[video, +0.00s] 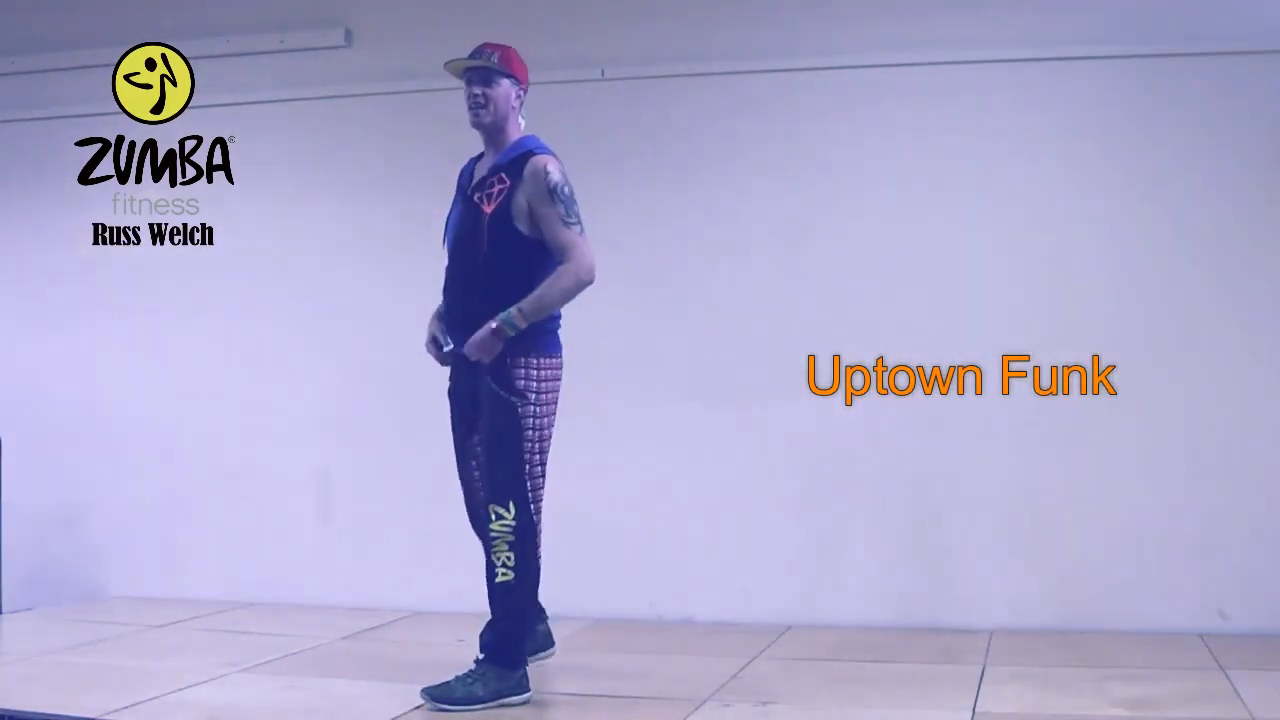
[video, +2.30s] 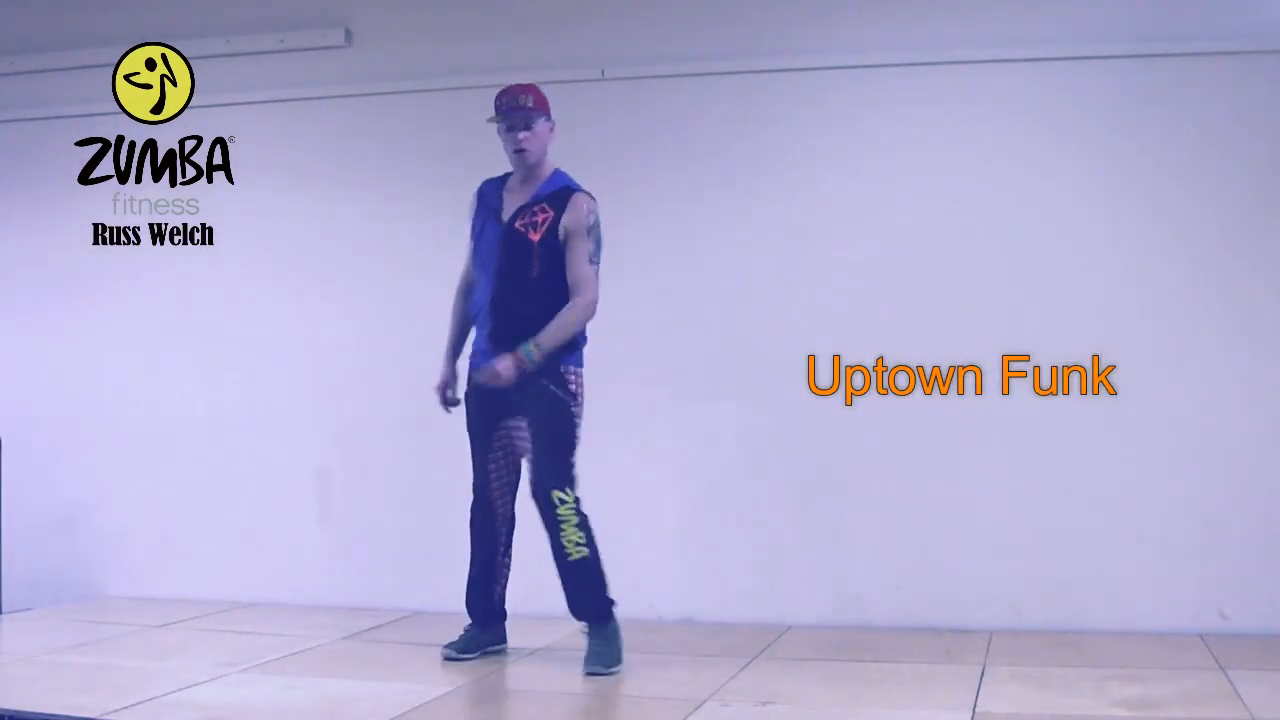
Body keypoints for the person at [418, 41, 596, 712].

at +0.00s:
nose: (474, 92)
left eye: (486, 81)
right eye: (468, 83)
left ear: (519, 92)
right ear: (465, 97)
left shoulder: (540, 168)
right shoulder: (471, 172)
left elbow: (579, 266)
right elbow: (467, 265)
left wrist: (503, 326)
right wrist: (440, 317)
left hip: (521, 363)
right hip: (472, 359)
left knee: (510, 504)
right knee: (483, 498)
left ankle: (504, 667)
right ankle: (527, 621)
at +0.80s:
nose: (492, 125)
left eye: (502, 115)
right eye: (485, 118)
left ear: (531, 122)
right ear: (482, 131)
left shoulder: (574, 184)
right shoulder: (487, 207)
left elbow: (617, 266)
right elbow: (495, 293)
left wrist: (558, 248)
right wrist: (448, 355)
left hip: (574, 373)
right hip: (506, 373)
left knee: (571, 504)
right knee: (484, 484)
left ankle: (575, 629)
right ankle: (510, 617)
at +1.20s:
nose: (490, 137)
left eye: (500, 127)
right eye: (482, 129)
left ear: (525, 133)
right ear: (475, 139)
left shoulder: (568, 192)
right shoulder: (472, 219)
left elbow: (615, 267)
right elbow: (469, 309)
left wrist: (574, 299)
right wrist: (466, 393)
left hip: (570, 368)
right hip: (506, 374)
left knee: (562, 497)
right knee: (509, 502)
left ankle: (568, 621)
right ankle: (517, 626)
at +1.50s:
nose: (512, 124)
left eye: (522, 113)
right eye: (502, 116)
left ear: (546, 121)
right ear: (493, 129)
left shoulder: (584, 185)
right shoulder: (489, 205)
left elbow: (645, 256)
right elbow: (482, 293)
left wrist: (641, 224)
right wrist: (460, 375)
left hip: (585, 370)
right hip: (520, 376)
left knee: (597, 503)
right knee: (524, 505)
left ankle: (621, 633)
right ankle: (518, 628)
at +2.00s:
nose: (543, 137)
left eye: (552, 125)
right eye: (532, 130)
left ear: (575, 128)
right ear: (523, 138)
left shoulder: (610, 200)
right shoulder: (524, 204)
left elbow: (629, 295)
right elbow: (518, 297)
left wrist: (657, 290)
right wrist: (505, 375)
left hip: (596, 375)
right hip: (535, 376)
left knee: (597, 502)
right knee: (508, 492)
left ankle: (621, 634)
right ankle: (561, 608)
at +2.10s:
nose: (540, 143)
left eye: (549, 131)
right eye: (530, 135)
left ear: (571, 133)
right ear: (521, 142)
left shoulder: (601, 205)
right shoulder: (517, 205)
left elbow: (620, 296)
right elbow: (511, 292)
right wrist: (498, 373)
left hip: (580, 382)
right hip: (520, 382)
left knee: (593, 512)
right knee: (482, 489)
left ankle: (620, 634)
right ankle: (511, 609)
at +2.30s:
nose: (518, 137)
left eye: (528, 126)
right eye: (509, 129)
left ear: (551, 128)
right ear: (499, 136)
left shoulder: (574, 204)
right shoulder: (488, 196)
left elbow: (585, 301)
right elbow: (472, 279)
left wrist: (522, 357)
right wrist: (451, 358)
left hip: (551, 371)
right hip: (490, 369)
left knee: (553, 494)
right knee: (491, 498)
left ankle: (600, 625)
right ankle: (486, 624)